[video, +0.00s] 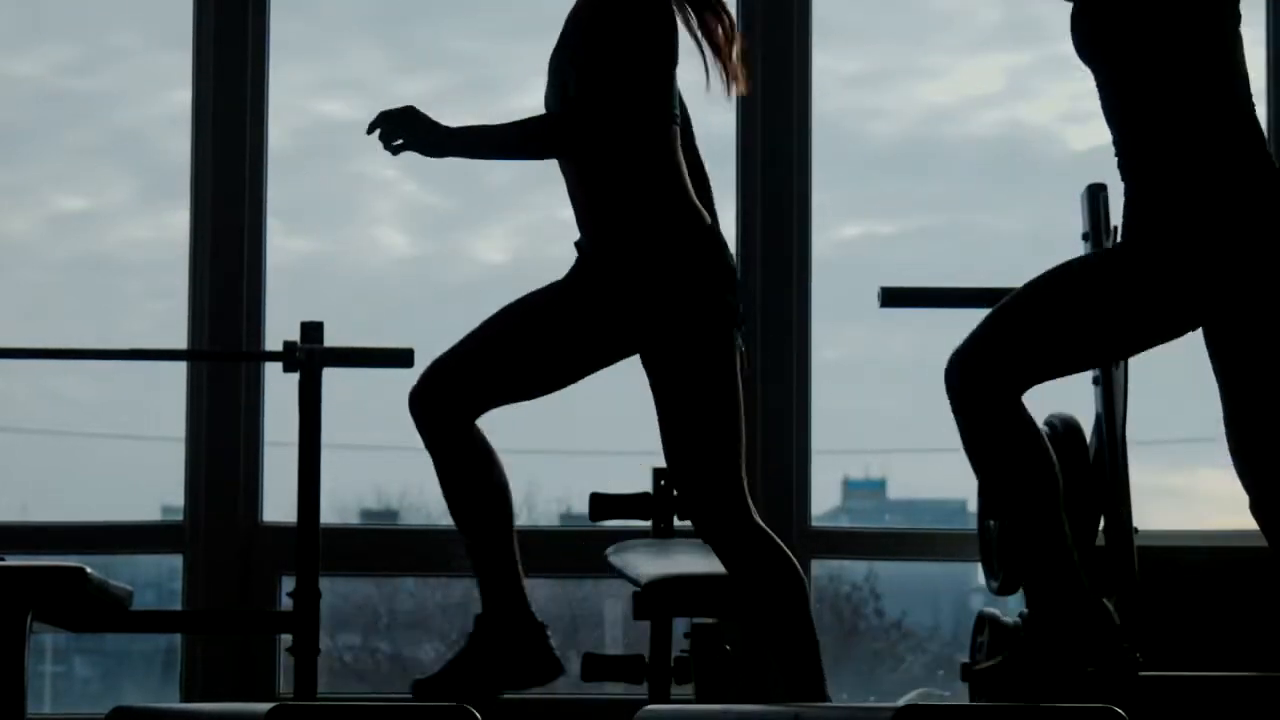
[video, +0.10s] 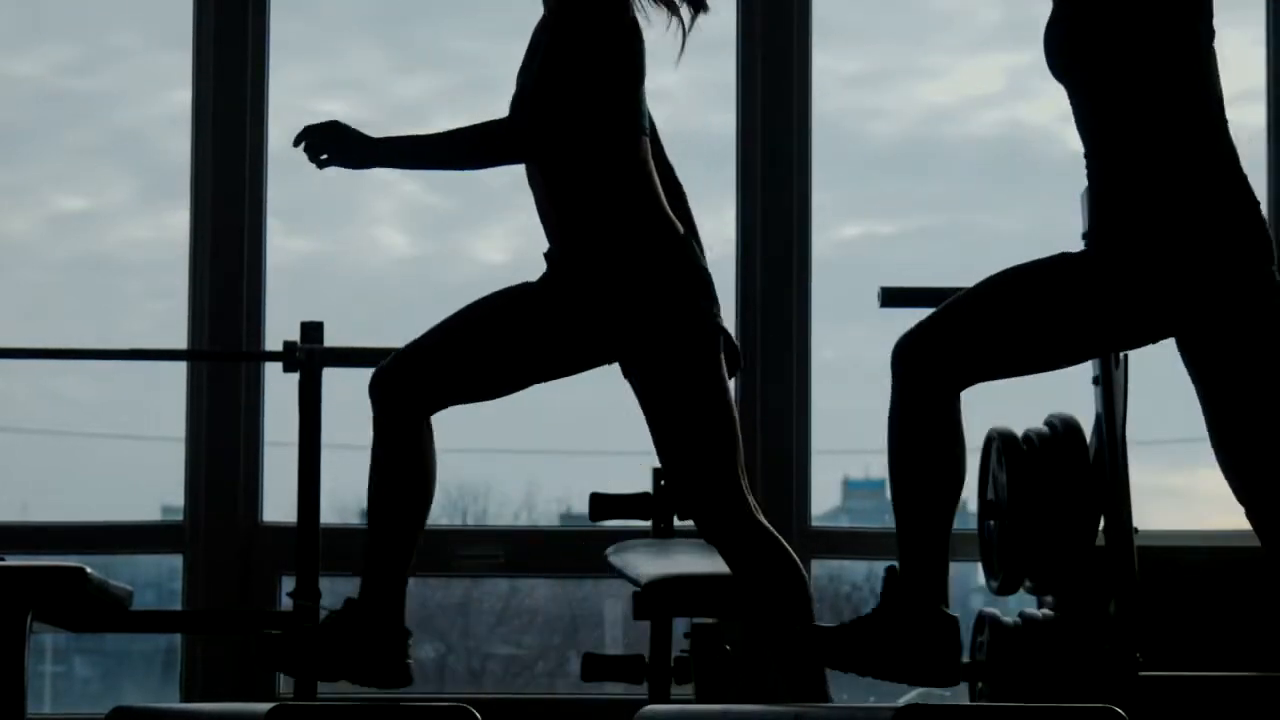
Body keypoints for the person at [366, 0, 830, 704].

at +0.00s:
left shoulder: (624, 14)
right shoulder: (608, 16)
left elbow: (583, 133)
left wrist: (446, 138)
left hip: (672, 280)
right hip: (615, 277)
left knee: (720, 505)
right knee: (439, 401)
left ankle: (804, 693)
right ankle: (509, 631)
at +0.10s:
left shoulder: (593, 22)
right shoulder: (578, 26)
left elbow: (523, 137)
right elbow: (661, 185)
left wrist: (372, 150)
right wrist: (707, 316)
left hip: (651, 298)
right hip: (587, 294)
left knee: (721, 505)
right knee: (402, 387)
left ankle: (801, 692)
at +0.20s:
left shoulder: (544, 39)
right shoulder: (527, 41)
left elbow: (460, 165)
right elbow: (457, 169)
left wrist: (324, 208)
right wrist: (328, 208)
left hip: (602, 315)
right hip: (539, 313)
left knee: (700, 517)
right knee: (363, 413)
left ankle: (815, 694)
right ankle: (323, 657)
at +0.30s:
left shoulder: (486, 15)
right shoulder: (497, 14)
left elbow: (473, 163)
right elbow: (480, 166)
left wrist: (389, 259)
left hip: (506, 274)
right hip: (563, 275)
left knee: (328, 408)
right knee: (605, 502)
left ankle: (318, 646)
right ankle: (733, 669)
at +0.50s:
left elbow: (605, 60)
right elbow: (259, 44)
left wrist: (661, 188)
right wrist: (122, 57)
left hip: (525, 192)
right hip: (455, 199)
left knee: (368, 252)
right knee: (348, 413)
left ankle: (494, 489)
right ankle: (321, 654)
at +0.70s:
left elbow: (634, 50)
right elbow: (252, 9)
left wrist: (726, 172)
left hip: (518, 180)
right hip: (444, 157)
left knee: (343, 416)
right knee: (339, 88)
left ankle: (323, 654)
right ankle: (407, 304)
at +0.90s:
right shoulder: (434, 8)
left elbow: (592, 100)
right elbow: (370, 110)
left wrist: (584, 219)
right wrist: (270, 199)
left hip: (541, 219)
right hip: (471, 220)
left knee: (448, 349)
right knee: (377, 416)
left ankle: (589, 525)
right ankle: (326, 646)